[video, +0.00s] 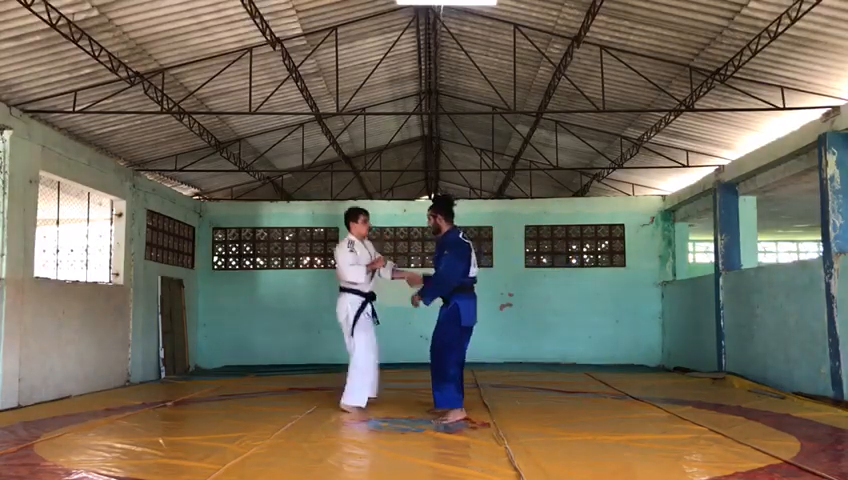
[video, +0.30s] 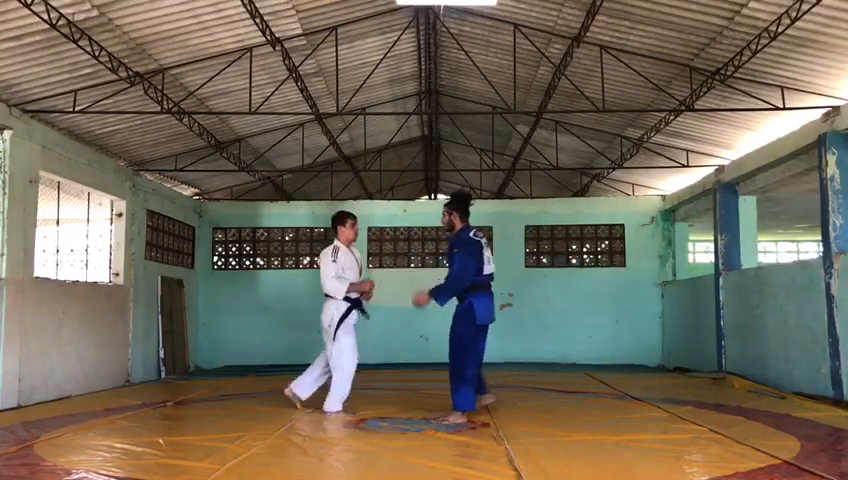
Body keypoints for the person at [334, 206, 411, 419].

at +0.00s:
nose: (368, 226)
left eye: (368, 222)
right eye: (364, 222)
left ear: (360, 224)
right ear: (352, 224)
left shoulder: (367, 246)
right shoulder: (345, 247)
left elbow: (385, 270)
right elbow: (349, 274)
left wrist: (407, 276)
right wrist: (371, 267)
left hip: (365, 301)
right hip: (351, 302)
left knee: (369, 349)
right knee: (362, 351)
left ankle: (362, 395)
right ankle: (350, 401)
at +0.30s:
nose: (356, 231)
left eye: (356, 227)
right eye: (352, 227)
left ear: (347, 230)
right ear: (340, 229)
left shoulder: (353, 253)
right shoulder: (330, 253)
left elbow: (349, 282)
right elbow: (329, 285)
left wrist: (363, 291)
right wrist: (357, 287)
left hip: (348, 308)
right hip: (336, 308)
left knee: (334, 355)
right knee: (347, 358)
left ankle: (297, 390)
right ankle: (333, 407)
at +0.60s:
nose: (344, 230)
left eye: (344, 226)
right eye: (340, 226)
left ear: (330, 229)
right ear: (329, 228)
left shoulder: (325, 249)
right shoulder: (323, 249)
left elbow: (321, 281)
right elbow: (321, 282)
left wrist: (341, 288)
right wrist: (342, 302)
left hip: (308, 303)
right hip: (318, 305)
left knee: (302, 353)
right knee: (329, 354)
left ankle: (287, 402)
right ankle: (331, 404)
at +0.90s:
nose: (339, 233)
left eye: (339, 229)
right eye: (336, 228)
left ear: (324, 231)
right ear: (324, 229)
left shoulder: (316, 248)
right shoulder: (317, 248)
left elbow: (315, 279)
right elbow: (314, 278)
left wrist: (331, 294)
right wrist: (331, 297)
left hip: (299, 301)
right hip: (309, 303)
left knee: (297, 353)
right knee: (327, 351)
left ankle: (286, 402)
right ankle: (322, 402)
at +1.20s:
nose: (349, 238)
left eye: (350, 234)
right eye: (347, 234)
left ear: (335, 234)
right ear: (334, 233)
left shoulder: (326, 251)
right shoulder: (326, 252)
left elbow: (327, 283)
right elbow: (327, 284)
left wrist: (349, 292)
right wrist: (350, 292)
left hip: (313, 307)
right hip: (322, 309)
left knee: (306, 357)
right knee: (342, 356)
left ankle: (288, 403)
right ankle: (359, 401)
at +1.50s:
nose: (371, 246)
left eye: (372, 242)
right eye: (368, 242)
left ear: (364, 244)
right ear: (355, 242)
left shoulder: (369, 262)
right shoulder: (338, 266)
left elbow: (388, 273)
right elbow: (343, 298)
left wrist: (406, 277)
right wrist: (368, 309)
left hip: (346, 315)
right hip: (339, 316)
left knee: (335, 361)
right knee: (366, 358)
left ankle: (296, 389)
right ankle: (369, 408)